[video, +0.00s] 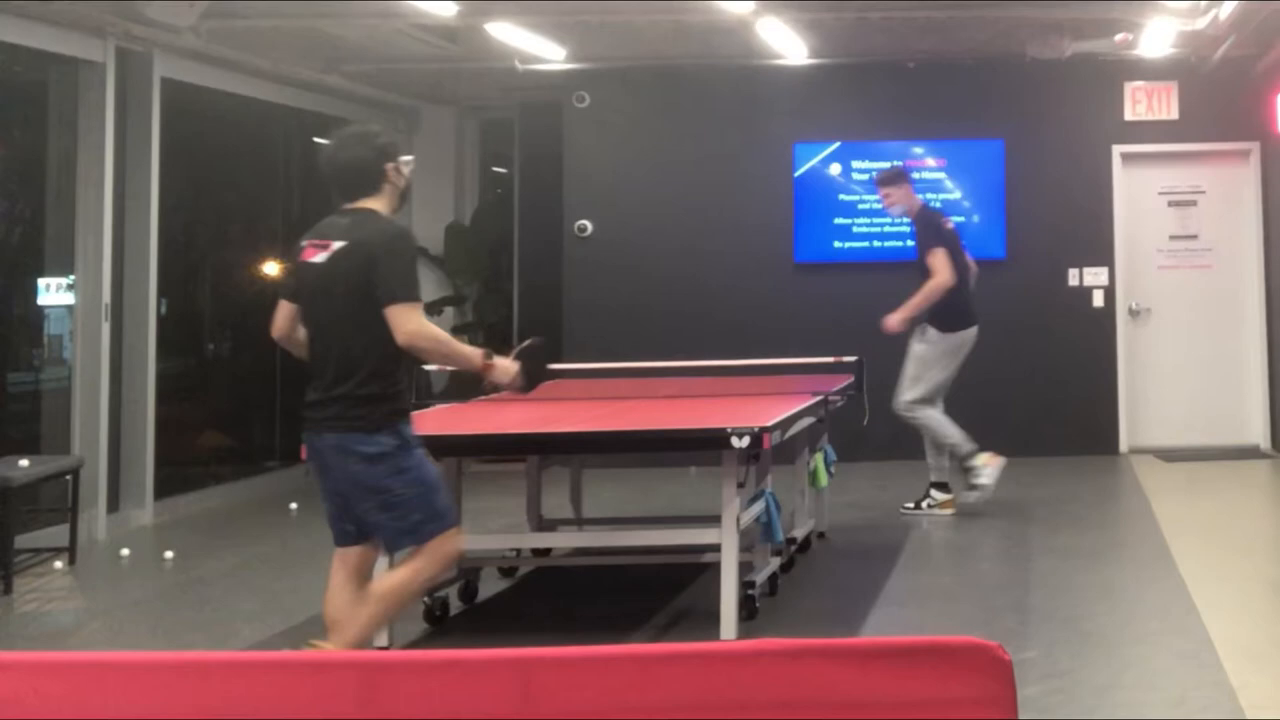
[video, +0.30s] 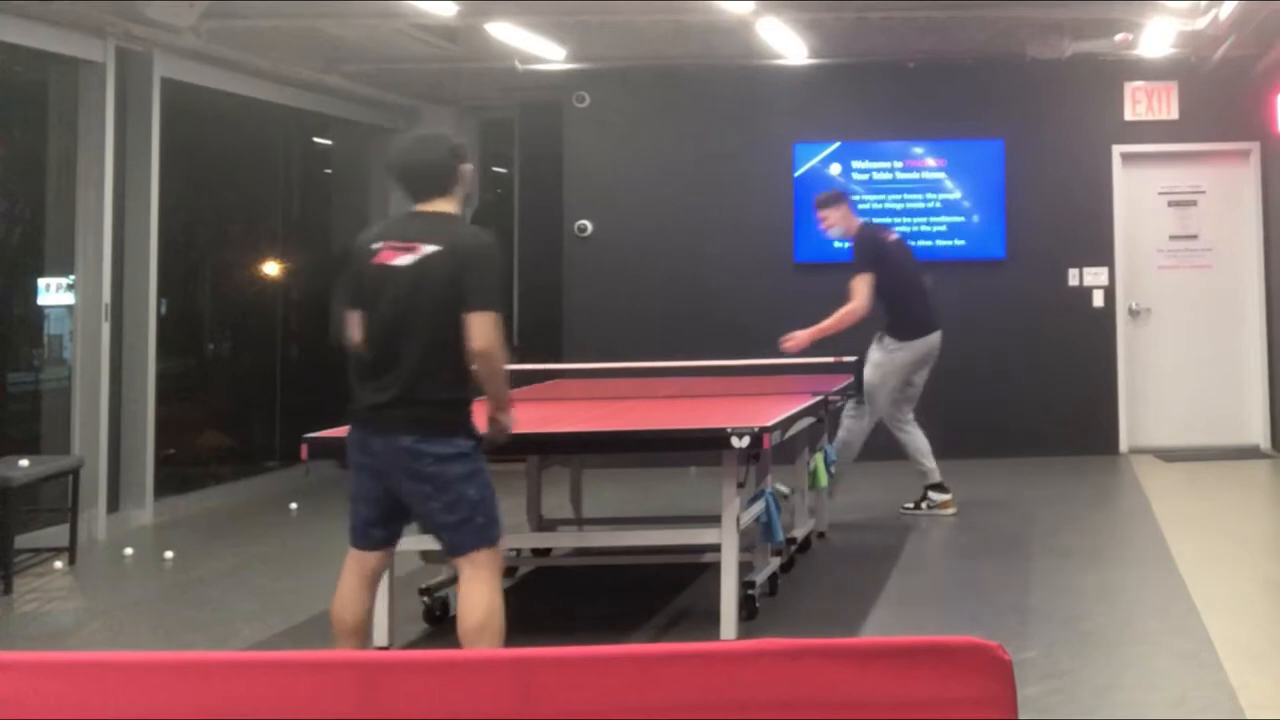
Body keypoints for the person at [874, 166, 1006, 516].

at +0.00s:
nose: (885, 203)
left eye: (889, 195)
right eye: (883, 197)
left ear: (908, 189)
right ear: (895, 196)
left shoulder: (925, 224)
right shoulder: (935, 220)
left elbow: (943, 277)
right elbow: (969, 269)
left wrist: (902, 314)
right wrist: (944, 309)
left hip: (944, 328)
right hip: (958, 327)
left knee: (909, 402)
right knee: (929, 404)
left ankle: (977, 460)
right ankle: (940, 491)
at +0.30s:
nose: (824, 227)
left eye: (827, 219)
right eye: (821, 221)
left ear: (846, 211)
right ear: (849, 214)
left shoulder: (865, 242)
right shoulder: (885, 234)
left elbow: (860, 306)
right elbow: (915, 283)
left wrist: (809, 335)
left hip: (900, 341)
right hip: (928, 337)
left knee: (859, 411)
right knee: (899, 414)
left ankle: (822, 485)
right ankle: (937, 489)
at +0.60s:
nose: (749, 253)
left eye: (752, 244)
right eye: (746, 247)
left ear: (772, 237)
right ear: (777, 237)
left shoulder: (788, 266)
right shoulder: (814, 252)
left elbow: (772, 333)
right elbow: (848, 307)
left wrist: (716, 363)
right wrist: (813, 342)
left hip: (854, 352)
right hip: (884, 343)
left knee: (805, 415)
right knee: (869, 422)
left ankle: (793, 497)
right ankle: (927, 485)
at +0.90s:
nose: (721, 248)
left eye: (726, 240)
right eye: (720, 242)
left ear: (749, 237)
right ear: (750, 238)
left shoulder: (755, 271)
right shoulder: (785, 256)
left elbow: (718, 328)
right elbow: (799, 319)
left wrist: (661, 361)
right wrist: (752, 336)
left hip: (822, 355)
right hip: (860, 345)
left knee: (787, 425)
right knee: (855, 424)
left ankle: (788, 501)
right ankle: (918, 486)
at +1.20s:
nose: (758, 209)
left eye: (766, 203)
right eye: (759, 203)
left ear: (787, 208)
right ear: (788, 211)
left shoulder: (779, 240)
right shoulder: (810, 243)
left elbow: (716, 260)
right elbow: (792, 306)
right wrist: (739, 296)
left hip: (814, 354)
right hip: (846, 350)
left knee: (784, 427)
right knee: (847, 426)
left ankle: (784, 502)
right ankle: (917, 475)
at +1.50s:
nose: (808, 192)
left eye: (817, 187)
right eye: (811, 187)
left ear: (836, 198)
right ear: (834, 200)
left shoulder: (825, 227)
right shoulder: (848, 239)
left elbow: (763, 211)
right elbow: (822, 302)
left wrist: (717, 173)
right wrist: (766, 302)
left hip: (835, 345)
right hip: (868, 344)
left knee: (796, 420)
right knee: (874, 422)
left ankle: (790, 502)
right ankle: (935, 486)